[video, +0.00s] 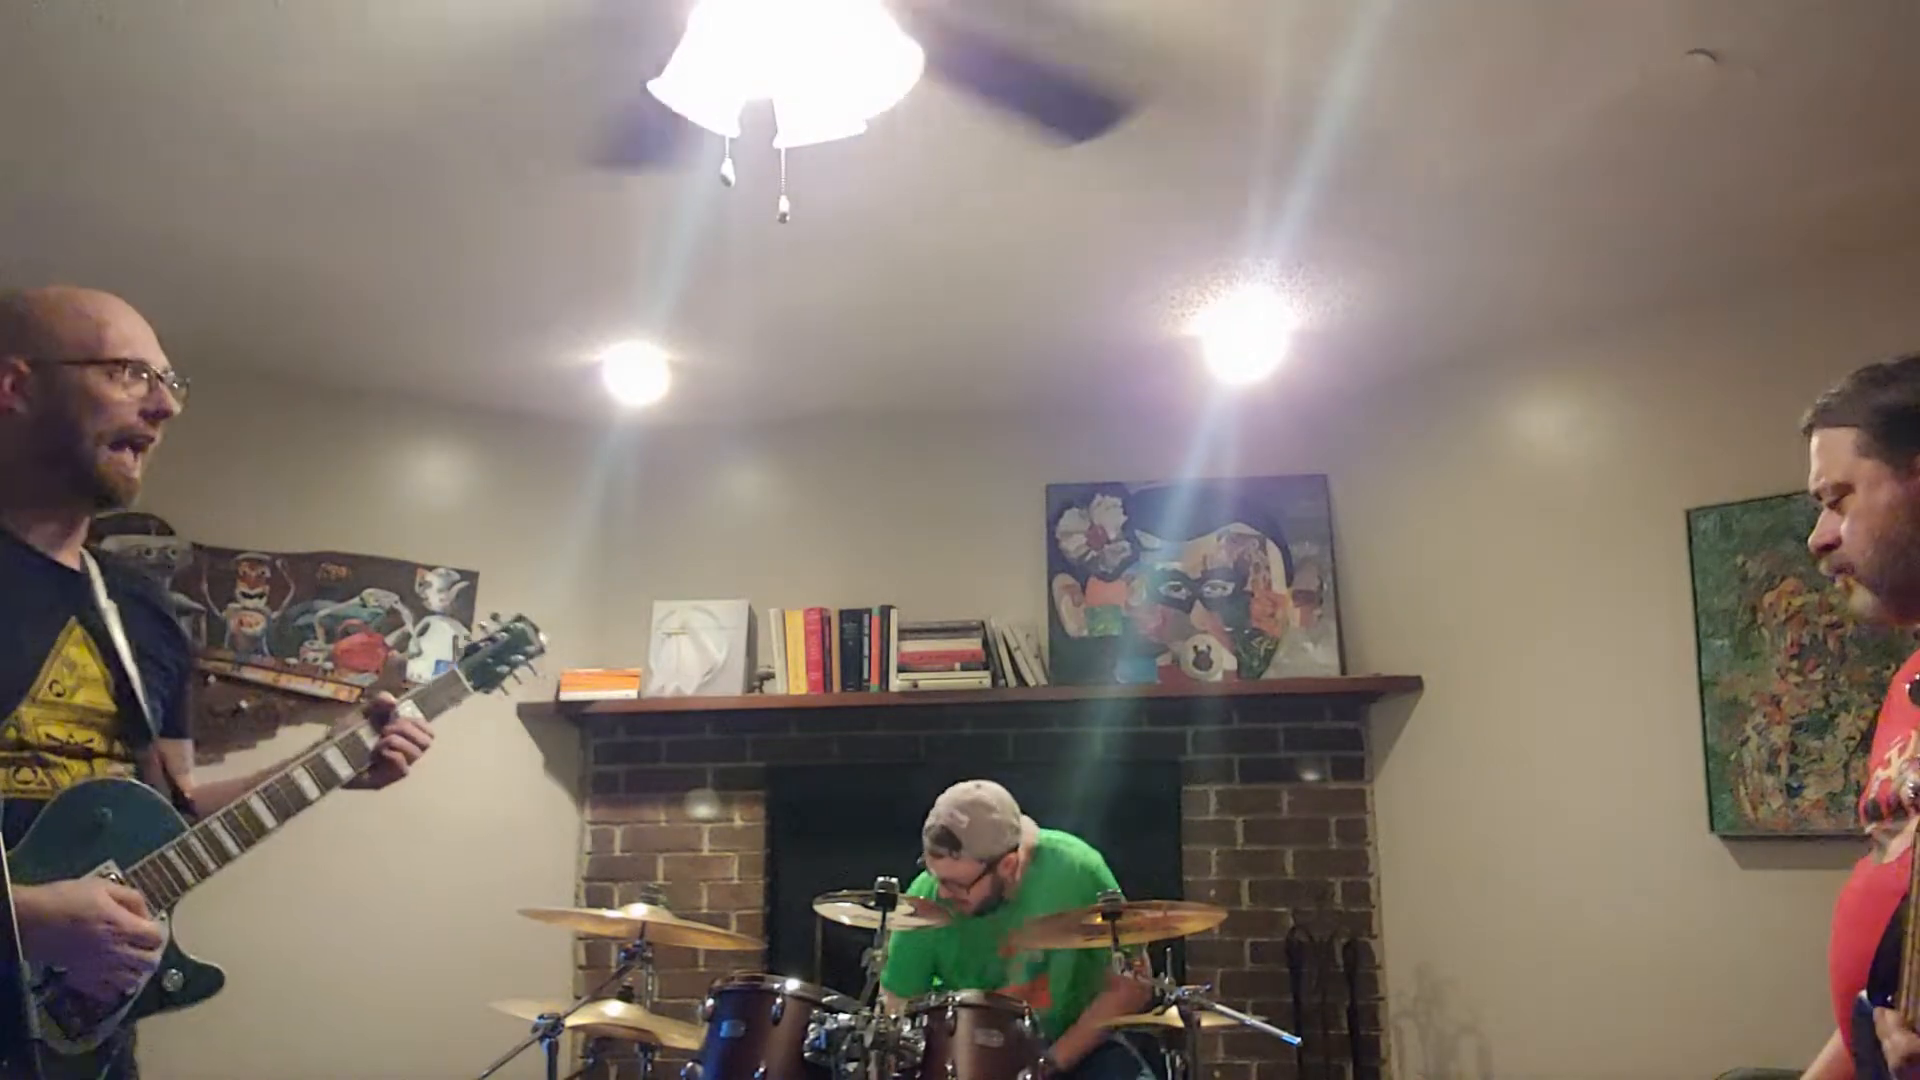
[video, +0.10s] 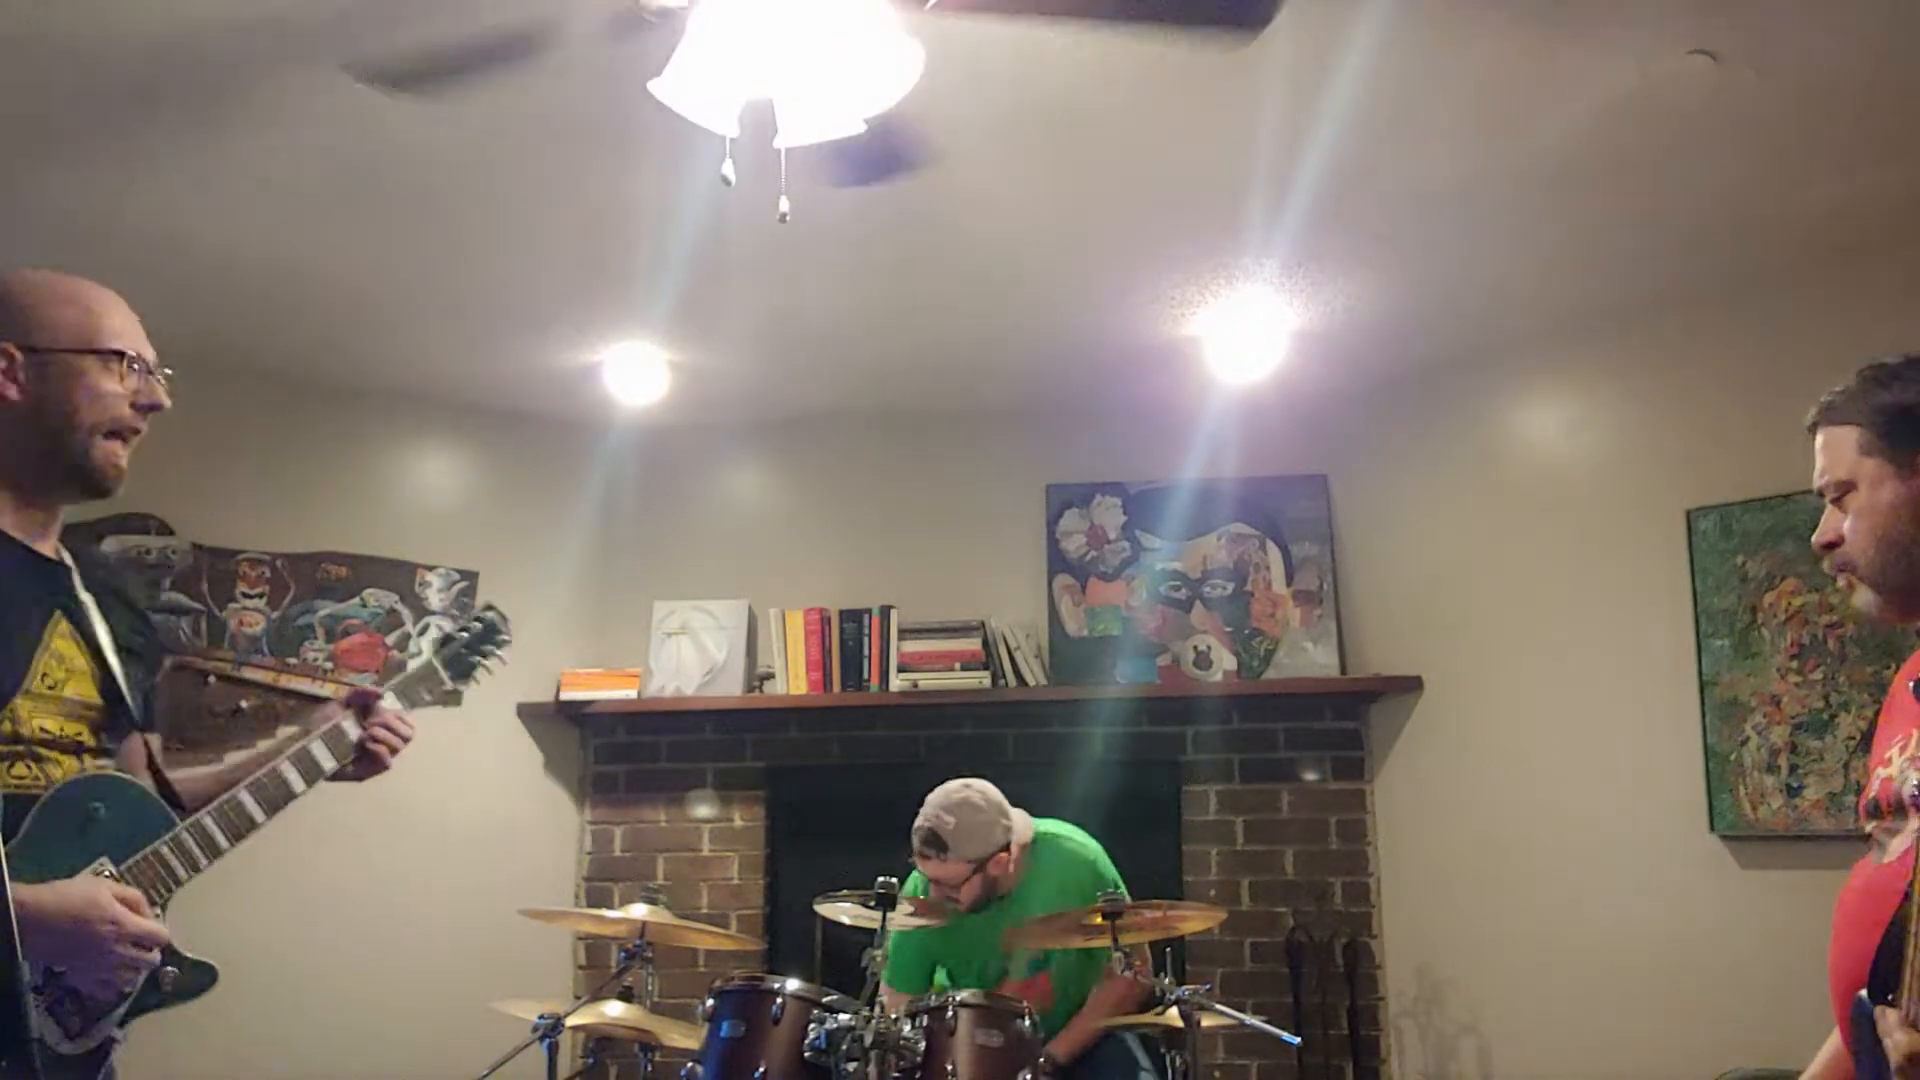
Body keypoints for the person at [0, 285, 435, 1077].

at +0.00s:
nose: (166, 404)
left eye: (166, 381)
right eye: (128, 372)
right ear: (16, 385)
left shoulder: (142, 618)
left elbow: (176, 793)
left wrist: (336, 758)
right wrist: (26, 920)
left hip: (89, 1037)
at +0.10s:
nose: (156, 398)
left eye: (153, 374)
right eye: (124, 363)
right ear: (11, 373)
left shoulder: (95, 600)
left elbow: (135, 790)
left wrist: (311, 750)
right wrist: (25, 914)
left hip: (58, 1033)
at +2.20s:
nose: (147, 478)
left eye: (147, 448)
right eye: (122, 452)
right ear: (19, 449)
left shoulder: (50, 604)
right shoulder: (12, 611)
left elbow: (73, 808)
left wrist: (262, 768)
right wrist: (77, 916)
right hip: (21, 1038)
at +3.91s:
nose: (163, 542)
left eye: (184, 512)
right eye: (145, 506)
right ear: (54, 458)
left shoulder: (25, 599)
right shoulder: (14, 602)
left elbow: (18, 822)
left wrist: (191, 839)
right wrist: (8, 989)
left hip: (29, 1041)